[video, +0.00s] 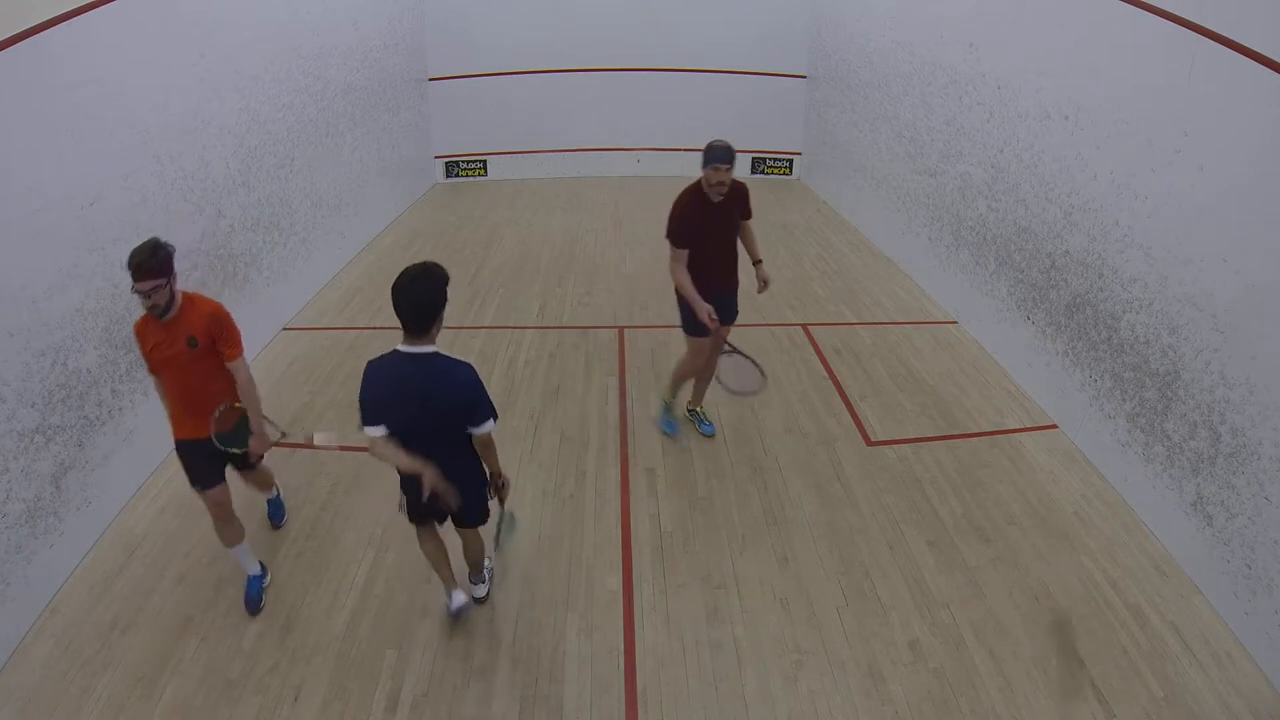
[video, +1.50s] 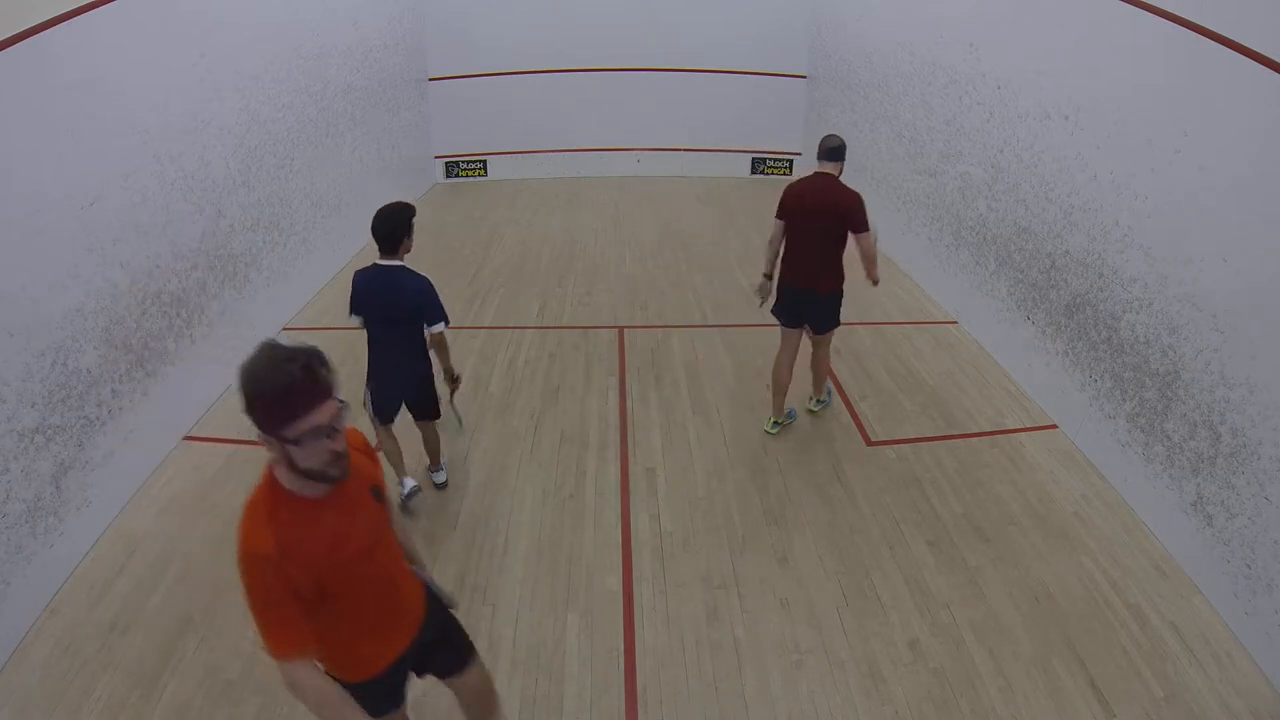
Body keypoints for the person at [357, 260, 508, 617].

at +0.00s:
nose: (446, 314)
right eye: (445, 308)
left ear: (398, 315)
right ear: (441, 319)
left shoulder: (377, 371)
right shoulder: (460, 374)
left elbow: (377, 443)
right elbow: (483, 439)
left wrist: (423, 469)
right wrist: (496, 473)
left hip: (415, 481)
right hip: (462, 476)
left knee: (425, 528)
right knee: (469, 530)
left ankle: (453, 593)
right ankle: (478, 582)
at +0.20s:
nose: (436, 298)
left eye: (433, 291)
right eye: (435, 292)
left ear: (391, 303)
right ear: (430, 303)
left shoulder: (376, 357)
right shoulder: (454, 354)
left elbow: (387, 425)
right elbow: (480, 413)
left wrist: (434, 459)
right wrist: (490, 436)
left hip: (412, 460)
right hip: (457, 455)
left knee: (427, 509)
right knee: (465, 522)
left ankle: (436, 547)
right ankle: (478, 581)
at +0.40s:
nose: (423, 293)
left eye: (422, 285)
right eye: (422, 286)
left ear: (381, 294)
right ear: (414, 295)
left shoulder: (370, 349)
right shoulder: (439, 343)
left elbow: (378, 415)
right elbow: (469, 400)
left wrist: (389, 466)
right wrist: (477, 422)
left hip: (408, 447)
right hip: (448, 441)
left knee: (420, 492)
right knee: (460, 512)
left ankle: (426, 525)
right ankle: (477, 578)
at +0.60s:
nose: (413, 276)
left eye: (410, 269)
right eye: (409, 270)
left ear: (371, 281)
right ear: (399, 280)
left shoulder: (358, 330)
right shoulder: (420, 328)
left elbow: (358, 381)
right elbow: (447, 381)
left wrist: (371, 413)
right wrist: (459, 405)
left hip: (394, 426)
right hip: (432, 423)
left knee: (412, 475)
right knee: (454, 492)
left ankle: (426, 521)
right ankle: (475, 564)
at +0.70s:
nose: (407, 271)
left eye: (405, 264)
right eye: (404, 265)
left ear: (364, 274)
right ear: (392, 274)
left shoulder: (351, 321)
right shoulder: (412, 320)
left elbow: (352, 366)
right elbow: (439, 374)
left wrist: (382, 374)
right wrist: (455, 399)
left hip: (387, 420)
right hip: (425, 414)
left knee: (409, 470)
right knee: (453, 475)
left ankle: (425, 522)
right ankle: (469, 547)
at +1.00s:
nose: (402, 256)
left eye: (400, 249)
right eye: (398, 251)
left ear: (363, 261)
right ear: (385, 261)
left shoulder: (348, 303)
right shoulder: (401, 308)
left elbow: (350, 353)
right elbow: (425, 367)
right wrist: (443, 405)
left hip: (380, 405)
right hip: (414, 399)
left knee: (406, 462)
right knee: (435, 448)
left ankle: (425, 521)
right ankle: (448, 499)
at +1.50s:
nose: (413, 240)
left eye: (411, 234)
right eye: (411, 235)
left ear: (377, 239)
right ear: (405, 241)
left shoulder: (362, 278)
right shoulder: (419, 284)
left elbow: (362, 321)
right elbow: (436, 337)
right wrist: (448, 369)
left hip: (382, 372)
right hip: (416, 370)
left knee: (382, 426)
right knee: (426, 423)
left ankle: (405, 480)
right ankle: (437, 471)